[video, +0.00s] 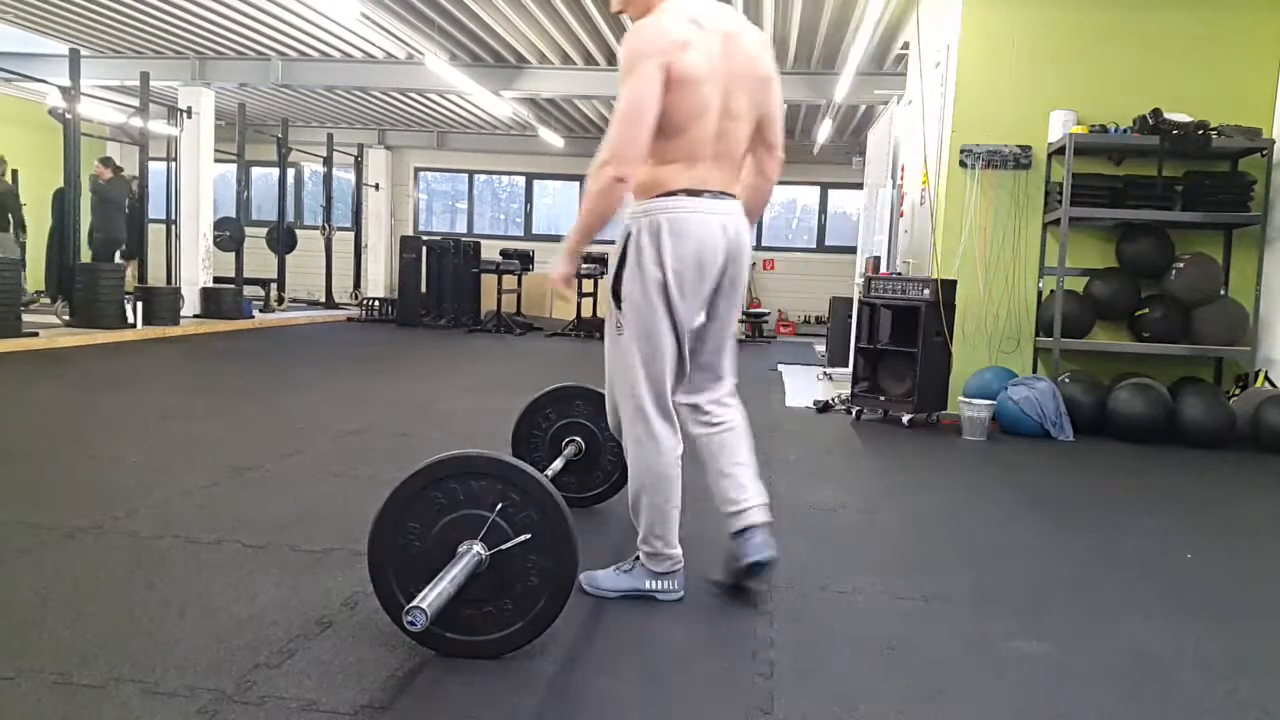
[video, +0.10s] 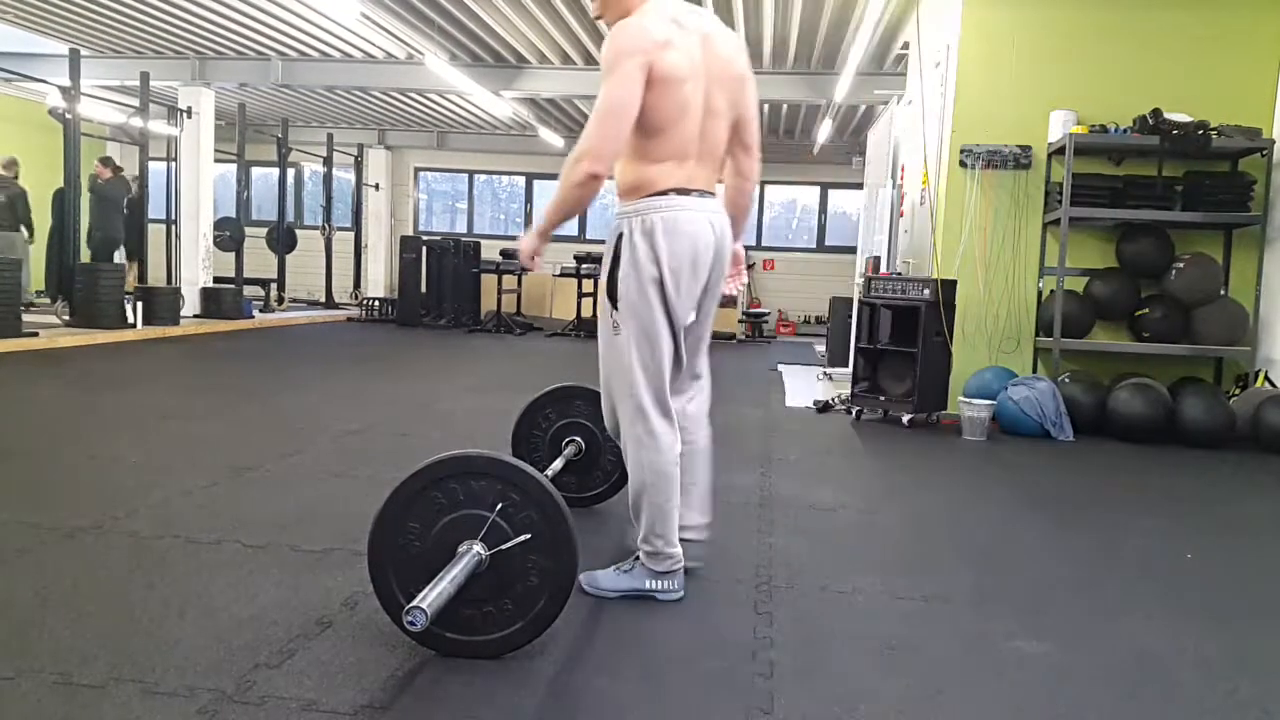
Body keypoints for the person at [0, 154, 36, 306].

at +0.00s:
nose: (5, 170)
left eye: (4, 166)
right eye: (4, 166)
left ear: (3, 168)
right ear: (4, 169)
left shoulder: (7, 188)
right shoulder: (7, 188)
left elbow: (15, 212)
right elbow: (16, 212)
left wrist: (21, 229)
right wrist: (22, 229)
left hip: (6, 232)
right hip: (4, 232)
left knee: (14, 259)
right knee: (14, 259)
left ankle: (22, 292)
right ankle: (21, 292)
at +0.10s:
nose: (18, 172)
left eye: (17, 169)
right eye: (17, 169)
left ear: (2, 168)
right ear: (14, 170)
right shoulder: (16, 190)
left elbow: (24, 214)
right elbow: (24, 215)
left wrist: (30, 231)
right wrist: (31, 231)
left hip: (3, 232)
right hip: (11, 234)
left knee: (5, 269)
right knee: (22, 266)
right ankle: (24, 297)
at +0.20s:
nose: (28, 171)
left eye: (27, 168)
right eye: (28, 168)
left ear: (13, 168)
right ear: (25, 168)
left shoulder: (3, 184)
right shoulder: (26, 189)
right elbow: (33, 214)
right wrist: (40, 229)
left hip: (3, 229)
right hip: (20, 230)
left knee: (4, 264)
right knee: (29, 262)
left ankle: (4, 298)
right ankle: (26, 298)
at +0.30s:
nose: (36, 171)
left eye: (36, 169)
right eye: (36, 169)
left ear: (20, 166)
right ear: (34, 168)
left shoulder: (5, 183)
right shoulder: (34, 187)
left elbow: (2, 205)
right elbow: (44, 210)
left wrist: (6, 219)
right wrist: (51, 220)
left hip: (7, 228)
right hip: (27, 228)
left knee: (12, 265)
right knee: (32, 264)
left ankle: (10, 297)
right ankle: (26, 297)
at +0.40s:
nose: (42, 171)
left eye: (42, 169)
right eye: (42, 169)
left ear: (26, 167)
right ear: (39, 169)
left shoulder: (11, 185)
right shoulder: (41, 186)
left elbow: (4, 209)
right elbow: (53, 205)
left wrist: (7, 229)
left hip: (15, 227)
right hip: (33, 228)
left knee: (21, 261)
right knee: (32, 263)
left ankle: (22, 295)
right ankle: (25, 298)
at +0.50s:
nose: (49, 174)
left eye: (48, 171)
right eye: (48, 171)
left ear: (34, 170)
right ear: (46, 171)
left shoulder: (20, 186)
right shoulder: (49, 189)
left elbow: (13, 211)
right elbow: (53, 212)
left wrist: (15, 230)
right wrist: (52, 228)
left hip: (24, 228)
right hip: (40, 228)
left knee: (34, 262)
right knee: (36, 263)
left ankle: (41, 296)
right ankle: (26, 298)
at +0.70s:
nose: (59, 177)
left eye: (59, 174)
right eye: (59, 174)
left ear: (45, 174)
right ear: (57, 174)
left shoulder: (34, 193)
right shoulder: (60, 192)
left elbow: (29, 216)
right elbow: (67, 213)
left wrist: (26, 237)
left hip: (42, 232)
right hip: (58, 232)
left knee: (53, 260)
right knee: (55, 261)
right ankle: (40, 291)